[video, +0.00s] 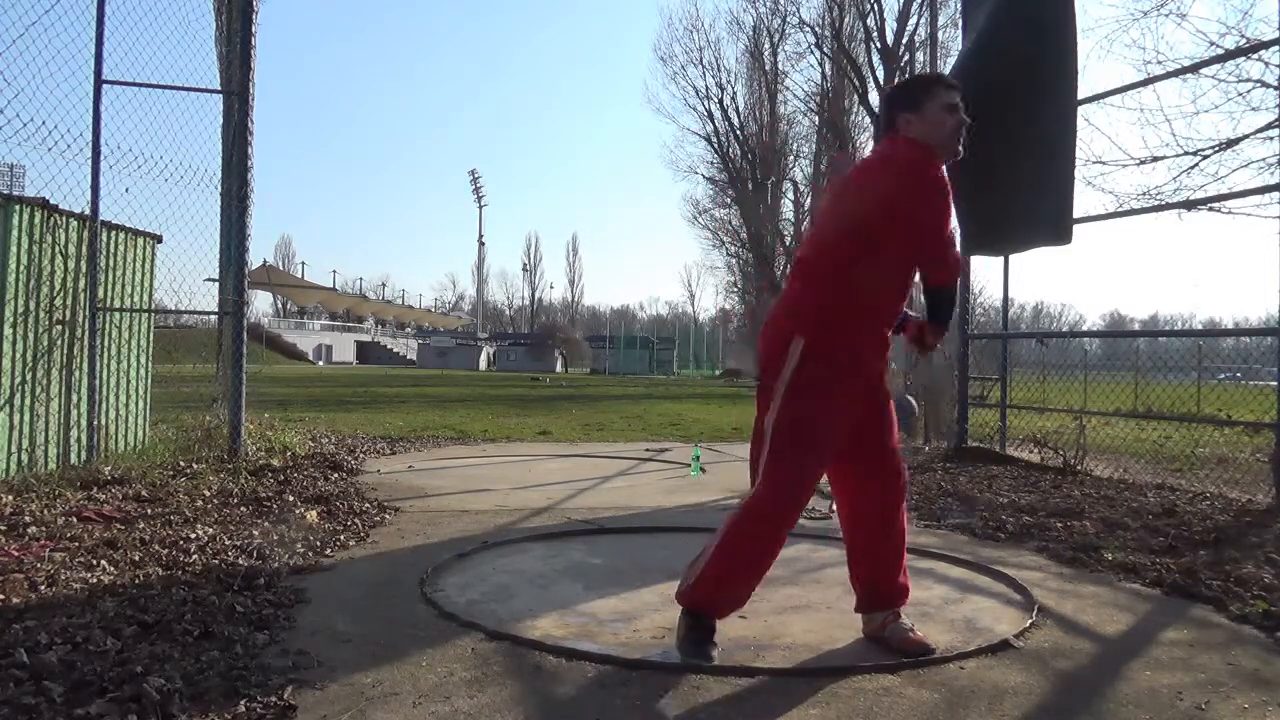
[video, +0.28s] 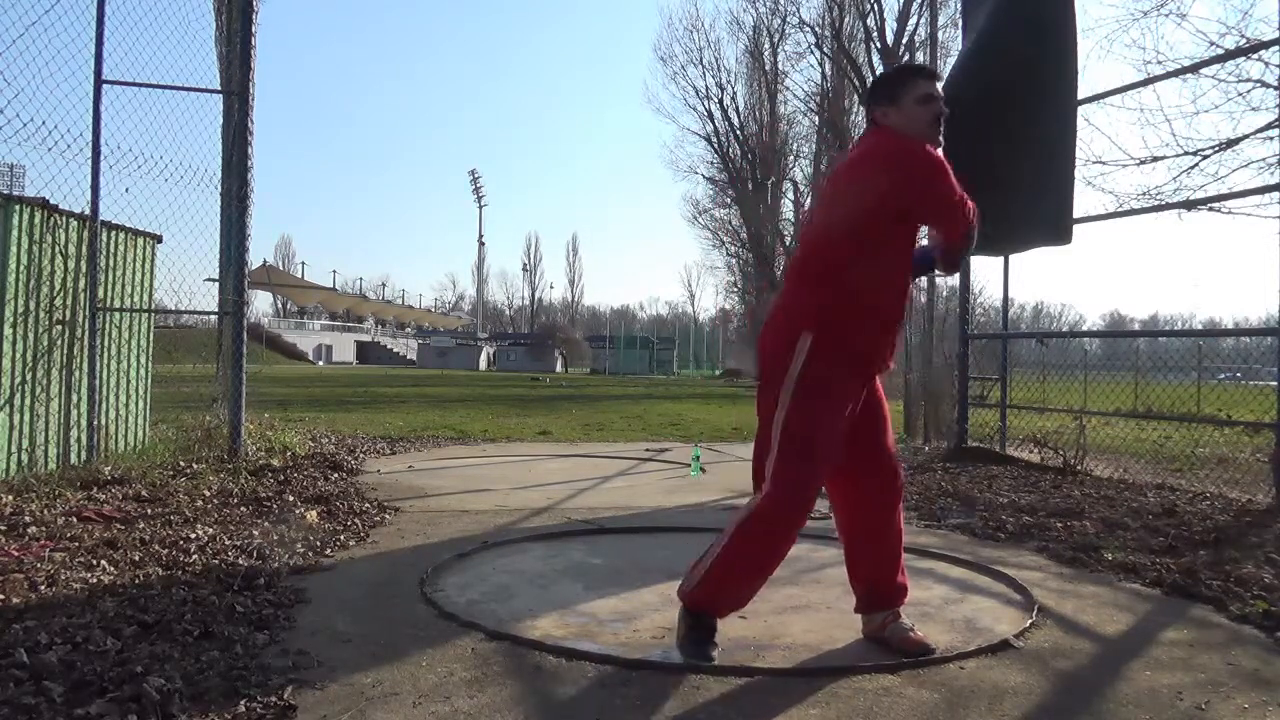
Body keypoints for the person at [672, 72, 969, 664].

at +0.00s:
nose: (964, 121)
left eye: (962, 112)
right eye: (950, 110)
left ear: (906, 124)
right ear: (907, 119)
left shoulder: (868, 172)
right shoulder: (920, 169)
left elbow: (851, 271)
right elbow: (942, 266)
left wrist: (905, 322)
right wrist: (937, 323)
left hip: (857, 350)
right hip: (813, 342)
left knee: (877, 481)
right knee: (781, 490)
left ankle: (882, 616)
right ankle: (700, 604)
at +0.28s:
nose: (941, 109)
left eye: (940, 101)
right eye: (927, 102)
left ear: (896, 118)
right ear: (887, 113)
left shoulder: (870, 160)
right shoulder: (909, 157)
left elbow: (858, 246)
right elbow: (962, 222)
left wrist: (918, 257)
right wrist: (947, 256)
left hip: (850, 352)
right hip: (812, 345)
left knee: (874, 484)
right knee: (786, 495)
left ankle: (881, 617)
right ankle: (700, 601)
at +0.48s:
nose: (896, 111)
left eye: (900, 101)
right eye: (880, 101)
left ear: (902, 111)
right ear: (842, 112)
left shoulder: (856, 181)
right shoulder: (847, 164)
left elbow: (874, 275)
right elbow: (928, 210)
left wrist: (954, 264)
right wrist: (969, 235)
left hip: (835, 363)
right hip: (778, 355)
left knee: (870, 479)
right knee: (767, 493)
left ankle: (881, 616)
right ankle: (710, 610)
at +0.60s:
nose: (844, 120)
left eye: (854, 111)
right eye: (829, 110)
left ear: (865, 125)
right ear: (803, 124)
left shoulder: (855, 203)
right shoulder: (793, 179)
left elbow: (871, 295)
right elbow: (889, 235)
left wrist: (953, 294)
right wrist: (967, 271)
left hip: (824, 371)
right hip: (753, 368)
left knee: (871, 476)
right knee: (740, 489)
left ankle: (881, 614)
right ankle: (720, 612)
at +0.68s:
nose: (807, 131)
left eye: (818, 121)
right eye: (794, 122)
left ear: (837, 133)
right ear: (775, 133)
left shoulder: (850, 209)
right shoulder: (754, 199)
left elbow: (864, 291)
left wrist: (933, 323)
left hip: (817, 379)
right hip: (739, 379)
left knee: (866, 480)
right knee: (720, 489)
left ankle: (879, 616)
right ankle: (727, 615)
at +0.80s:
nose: (761, 144)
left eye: (775, 134)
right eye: (752, 136)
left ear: (803, 147)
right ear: (743, 151)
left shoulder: (838, 220)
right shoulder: (721, 218)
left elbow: (859, 318)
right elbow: (726, 302)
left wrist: (872, 373)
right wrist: (721, 367)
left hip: (814, 388)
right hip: (733, 386)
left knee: (856, 483)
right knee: (704, 483)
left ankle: (881, 615)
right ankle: (732, 617)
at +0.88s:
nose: (739, 150)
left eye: (752, 141)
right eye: (738, 143)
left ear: (792, 153)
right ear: (736, 155)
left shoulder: (838, 218)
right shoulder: (723, 219)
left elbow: (849, 303)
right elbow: (746, 290)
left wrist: (827, 347)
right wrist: (787, 347)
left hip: (829, 388)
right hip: (749, 387)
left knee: (854, 488)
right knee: (702, 477)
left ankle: (889, 614)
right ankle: (737, 616)